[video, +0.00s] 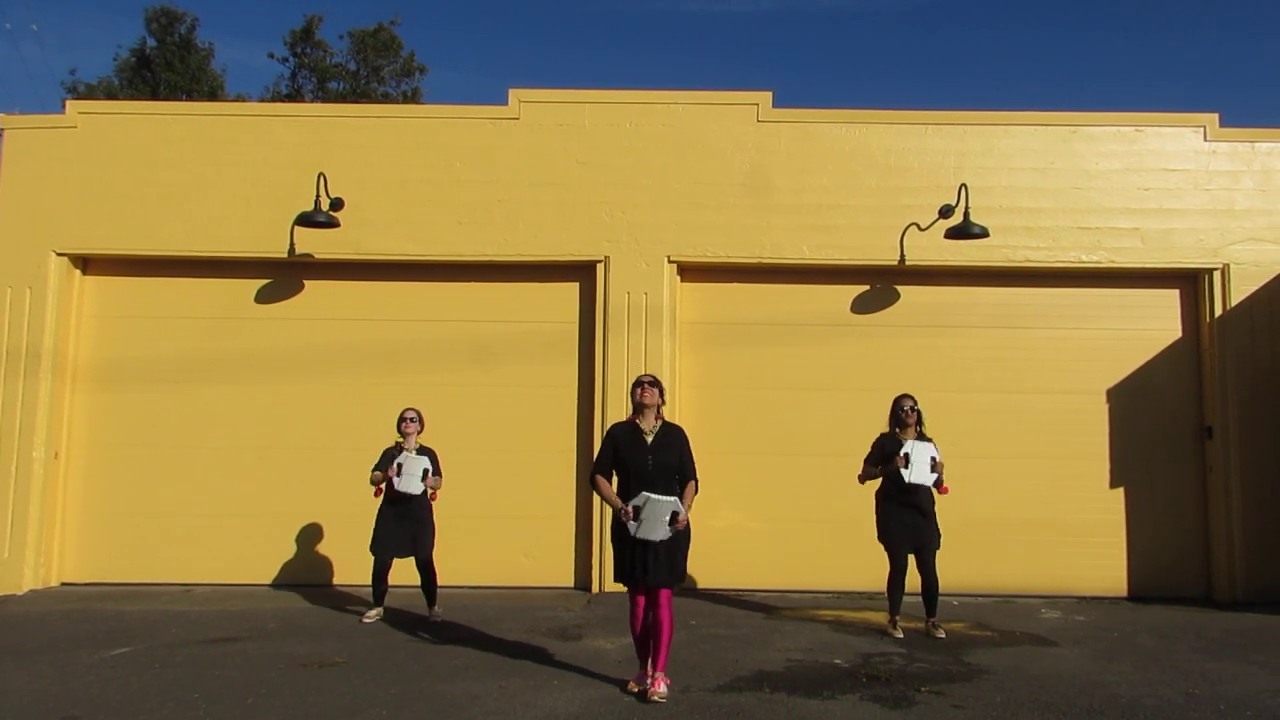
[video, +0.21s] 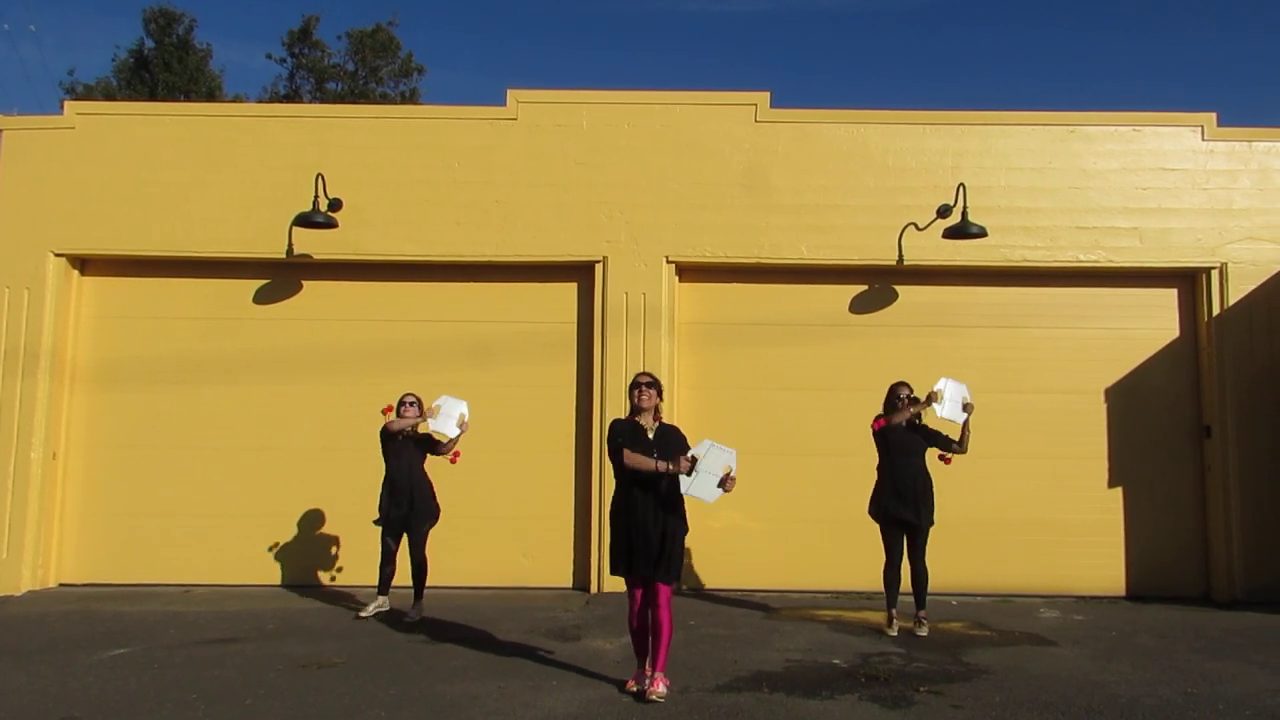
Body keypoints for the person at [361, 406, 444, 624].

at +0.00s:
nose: (407, 423)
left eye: (412, 420)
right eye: (403, 420)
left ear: (420, 425)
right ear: (399, 426)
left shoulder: (428, 454)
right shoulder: (391, 453)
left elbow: (438, 483)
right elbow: (374, 479)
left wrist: (430, 482)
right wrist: (387, 474)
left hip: (419, 516)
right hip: (391, 514)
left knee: (424, 561)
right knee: (382, 561)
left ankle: (432, 607)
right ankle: (378, 606)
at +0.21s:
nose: (407, 408)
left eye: (413, 405)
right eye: (403, 405)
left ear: (420, 413)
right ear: (397, 410)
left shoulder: (423, 439)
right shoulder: (388, 433)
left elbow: (442, 449)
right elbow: (391, 426)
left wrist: (458, 433)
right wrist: (422, 418)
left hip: (419, 501)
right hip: (393, 500)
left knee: (417, 553)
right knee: (388, 551)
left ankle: (418, 603)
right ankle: (382, 598)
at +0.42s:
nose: (414, 408)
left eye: (419, 406)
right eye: (411, 406)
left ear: (424, 414)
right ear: (404, 412)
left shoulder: (429, 438)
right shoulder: (394, 435)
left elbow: (442, 420)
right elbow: (391, 412)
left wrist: (443, 389)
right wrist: (403, 385)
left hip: (421, 502)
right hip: (394, 501)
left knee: (418, 555)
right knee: (392, 552)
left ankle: (416, 604)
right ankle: (400, 596)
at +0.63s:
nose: (414, 424)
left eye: (417, 420)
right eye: (411, 420)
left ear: (424, 423)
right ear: (406, 423)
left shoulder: (431, 445)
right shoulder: (399, 445)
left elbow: (425, 420)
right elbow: (379, 424)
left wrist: (411, 388)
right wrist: (374, 395)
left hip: (421, 506)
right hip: (395, 504)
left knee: (408, 559)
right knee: (400, 560)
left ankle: (400, 607)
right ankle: (408, 604)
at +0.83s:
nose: (409, 416)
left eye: (414, 413)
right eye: (407, 411)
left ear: (419, 419)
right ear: (400, 414)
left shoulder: (422, 440)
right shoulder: (389, 434)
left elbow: (438, 422)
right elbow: (390, 411)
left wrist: (445, 393)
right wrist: (406, 386)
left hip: (418, 501)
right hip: (391, 500)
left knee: (405, 552)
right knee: (400, 553)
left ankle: (397, 604)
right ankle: (407, 598)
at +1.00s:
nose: (405, 428)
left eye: (409, 424)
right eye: (403, 422)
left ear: (415, 427)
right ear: (398, 424)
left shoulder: (417, 446)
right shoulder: (386, 442)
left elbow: (439, 433)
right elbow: (392, 420)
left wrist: (451, 407)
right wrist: (411, 400)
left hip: (414, 505)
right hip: (388, 506)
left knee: (405, 555)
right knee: (390, 556)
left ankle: (403, 606)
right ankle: (414, 591)